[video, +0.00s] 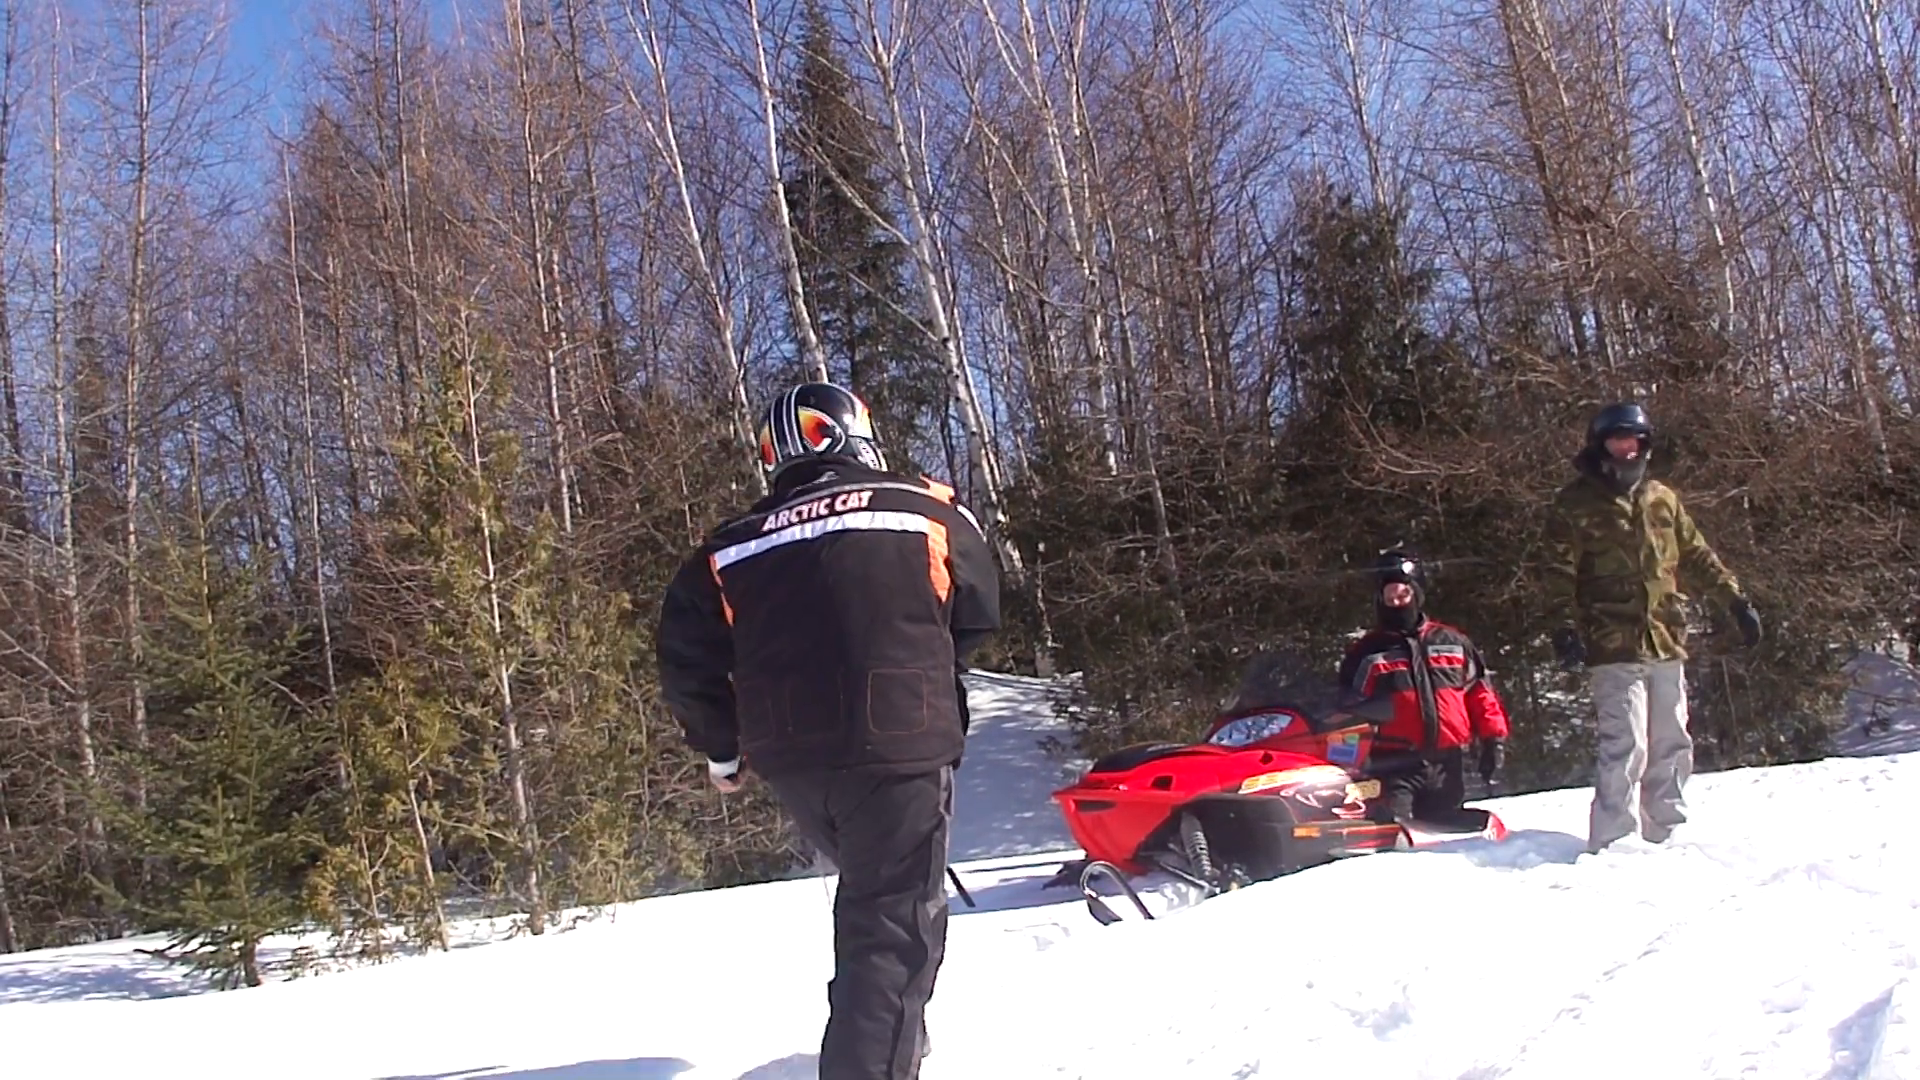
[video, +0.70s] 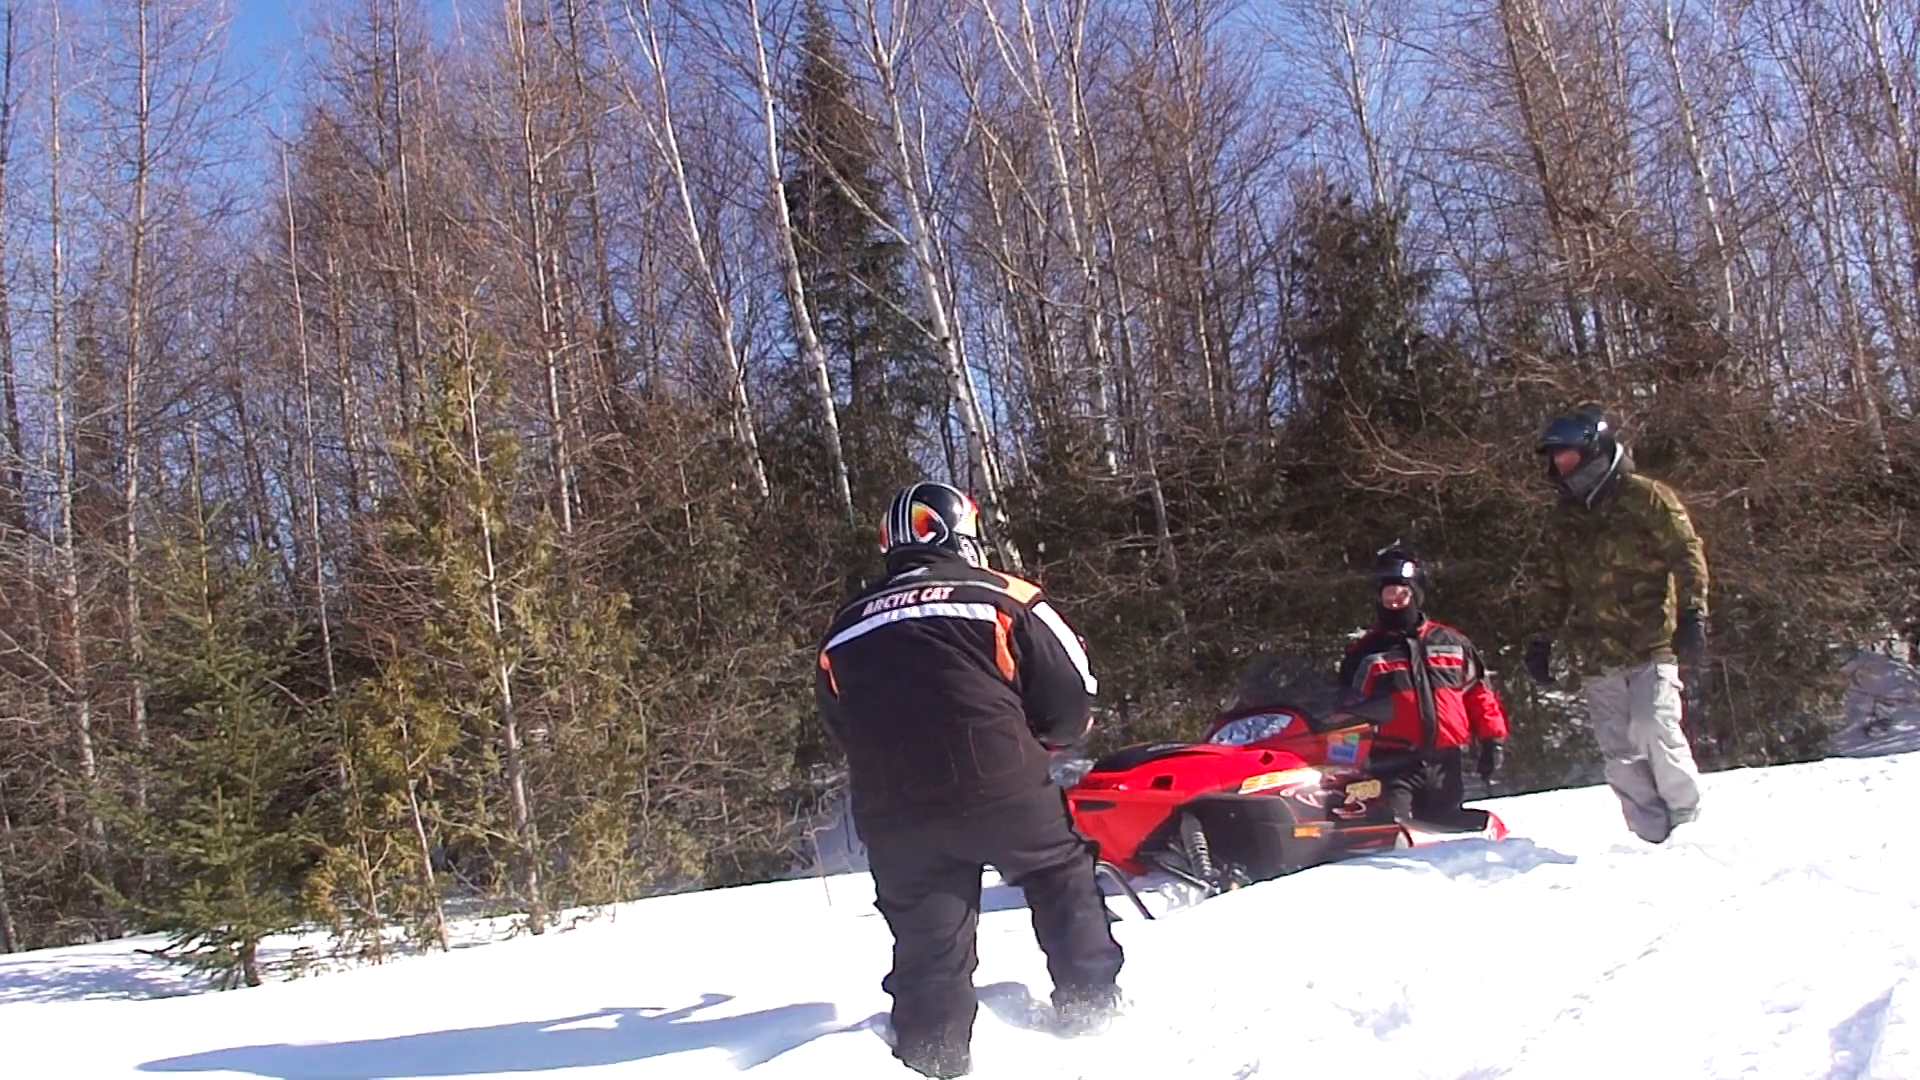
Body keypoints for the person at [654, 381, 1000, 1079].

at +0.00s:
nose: (871, 442)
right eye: (865, 430)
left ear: (772, 450)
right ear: (862, 437)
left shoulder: (728, 539)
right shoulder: (926, 502)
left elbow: (685, 648)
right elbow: (981, 606)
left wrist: (718, 748)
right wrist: (939, 659)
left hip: (784, 755)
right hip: (903, 746)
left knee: (887, 894)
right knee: (885, 927)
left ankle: (896, 1047)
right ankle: (862, 1069)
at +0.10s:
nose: (888, 458)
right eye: (881, 447)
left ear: (786, 469)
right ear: (874, 451)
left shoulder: (752, 555)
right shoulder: (936, 516)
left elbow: (709, 673)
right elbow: (996, 617)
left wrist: (758, 724)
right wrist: (942, 664)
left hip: (804, 766)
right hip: (918, 755)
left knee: (904, 910)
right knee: (893, 930)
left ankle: (942, 1055)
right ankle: (864, 1071)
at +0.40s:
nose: (906, 514)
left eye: (817, 516)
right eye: (901, 505)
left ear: (817, 527)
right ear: (897, 509)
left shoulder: (784, 613)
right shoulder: (951, 567)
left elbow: (772, 714)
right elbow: (1035, 636)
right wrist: (987, 570)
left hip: (854, 805)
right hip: (960, 782)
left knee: (903, 939)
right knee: (993, 923)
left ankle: (910, 1047)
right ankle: (916, 1047)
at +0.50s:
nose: (930, 540)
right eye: (925, 530)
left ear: (842, 546)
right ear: (916, 534)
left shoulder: (799, 636)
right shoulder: (966, 591)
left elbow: (804, 742)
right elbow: (1045, 671)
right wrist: (1012, 601)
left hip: (864, 837)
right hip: (969, 814)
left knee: (910, 962)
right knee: (1027, 913)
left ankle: (918, 1053)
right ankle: (958, 994)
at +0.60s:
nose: (963, 550)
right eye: (957, 541)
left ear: (865, 553)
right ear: (944, 541)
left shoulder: (822, 634)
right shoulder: (987, 596)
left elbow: (822, 736)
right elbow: (1056, 698)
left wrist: (892, 741)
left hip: (878, 829)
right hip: (983, 803)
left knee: (918, 961)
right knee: (1035, 879)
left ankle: (934, 1066)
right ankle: (1024, 1007)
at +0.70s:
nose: (980, 541)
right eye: (975, 532)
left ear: (890, 541)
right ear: (964, 534)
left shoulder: (844, 625)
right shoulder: (1006, 592)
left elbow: (843, 723)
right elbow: (1069, 696)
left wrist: (908, 752)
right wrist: (1045, 743)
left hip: (895, 813)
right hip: (1004, 793)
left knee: (925, 934)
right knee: (1055, 869)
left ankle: (931, 1059)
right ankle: (1091, 1005)